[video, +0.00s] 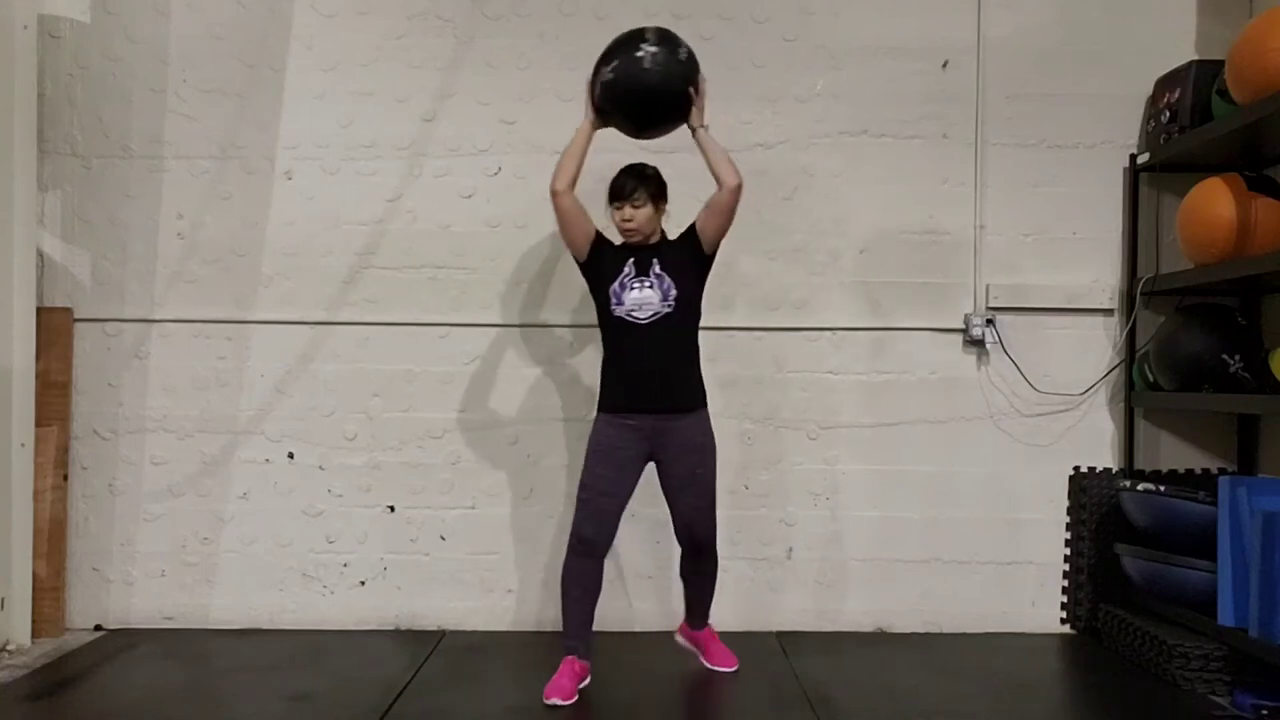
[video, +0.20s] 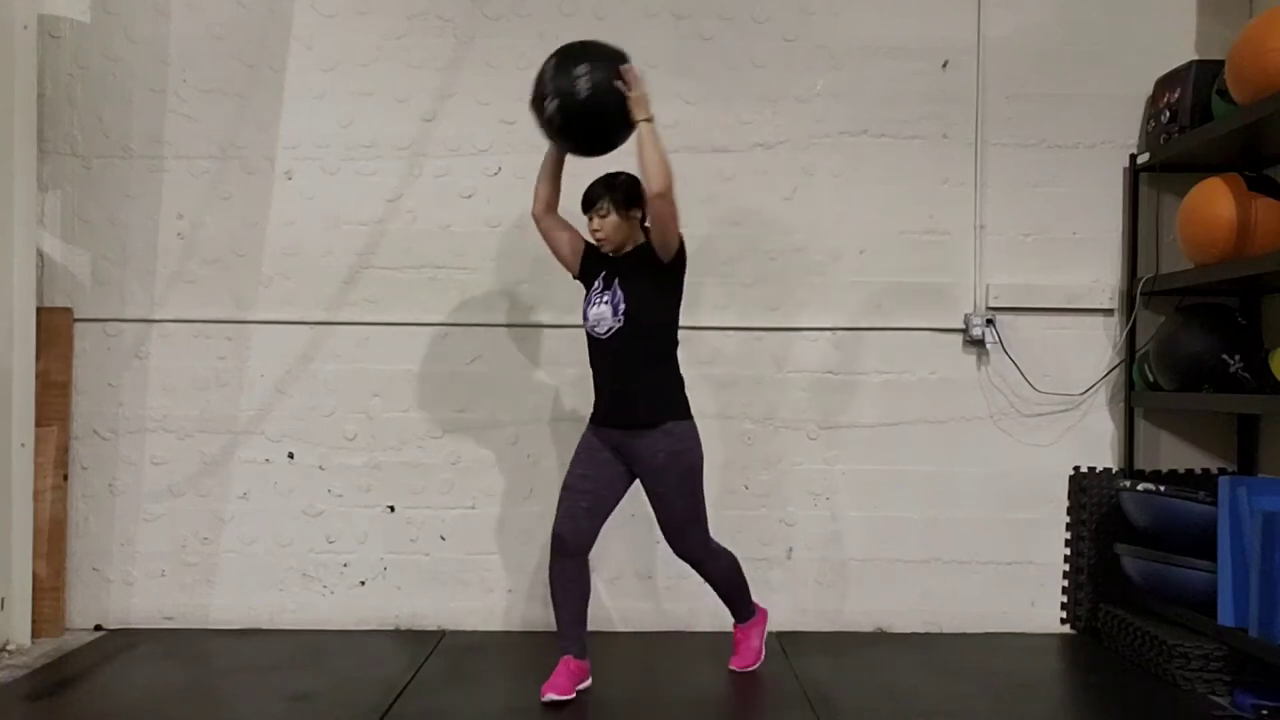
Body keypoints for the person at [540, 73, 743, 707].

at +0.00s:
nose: (625, 212)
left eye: (636, 202)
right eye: (618, 204)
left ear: (661, 207)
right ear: (612, 212)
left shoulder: (690, 254)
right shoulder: (602, 261)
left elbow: (731, 189)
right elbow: (561, 191)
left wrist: (699, 127)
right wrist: (590, 120)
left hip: (685, 423)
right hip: (618, 424)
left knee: (700, 538)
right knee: (588, 539)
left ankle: (696, 627)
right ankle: (576, 655)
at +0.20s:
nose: (594, 229)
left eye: (603, 217)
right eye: (591, 218)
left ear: (636, 214)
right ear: (590, 222)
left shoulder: (663, 261)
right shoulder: (593, 267)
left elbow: (660, 192)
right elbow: (545, 213)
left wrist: (641, 113)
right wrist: (560, 139)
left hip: (665, 435)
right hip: (605, 435)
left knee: (691, 544)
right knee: (568, 542)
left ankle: (749, 619)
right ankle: (573, 658)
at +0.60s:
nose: (544, 328)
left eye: (553, 317)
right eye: (541, 318)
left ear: (586, 317)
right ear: (545, 321)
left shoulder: (620, 378)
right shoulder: (559, 383)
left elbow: (629, 473)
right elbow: (564, 456)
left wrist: (612, 554)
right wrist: (548, 531)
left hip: (671, 501)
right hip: (616, 494)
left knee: (679, 625)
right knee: (558, 551)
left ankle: (746, 621)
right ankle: (573, 663)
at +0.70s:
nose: (530, 334)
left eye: (539, 323)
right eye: (528, 324)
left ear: (571, 323)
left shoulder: (611, 384)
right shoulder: (553, 389)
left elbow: (632, 481)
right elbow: (564, 460)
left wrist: (608, 556)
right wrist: (541, 526)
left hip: (668, 504)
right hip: (613, 495)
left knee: (673, 626)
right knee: (556, 551)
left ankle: (748, 621)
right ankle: (574, 662)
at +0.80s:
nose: (528, 321)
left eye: (536, 310)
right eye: (525, 311)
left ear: (569, 310)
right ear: (556, 312)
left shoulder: (608, 372)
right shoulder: (548, 378)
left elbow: (616, 469)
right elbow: (547, 458)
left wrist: (572, 534)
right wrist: (504, 519)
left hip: (667, 498)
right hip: (616, 493)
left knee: (672, 615)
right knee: (556, 545)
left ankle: (750, 621)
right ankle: (574, 662)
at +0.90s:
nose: (527, 311)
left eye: (536, 300)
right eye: (524, 301)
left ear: (569, 301)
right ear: (525, 304)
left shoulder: (599, 363)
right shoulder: (540, 370)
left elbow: (571, 461)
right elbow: (514, 449)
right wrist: (464, 494)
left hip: (665, 486)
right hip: (610, 483)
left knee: (678, 605)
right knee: (559, 550)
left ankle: (751, 621)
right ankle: (574, 662)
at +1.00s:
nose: (521, 308)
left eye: (531, 298)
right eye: (518, 299)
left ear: (564, 300)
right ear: (520, 304)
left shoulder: (590, 360)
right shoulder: (532, 372)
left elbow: (540, 444)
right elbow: (496, 445)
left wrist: (473, 484)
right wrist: (454, 496)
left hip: (665, 479)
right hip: (608, 479)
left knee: (688, 599)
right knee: (558, 548)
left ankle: (755, 624)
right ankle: (574, 662)